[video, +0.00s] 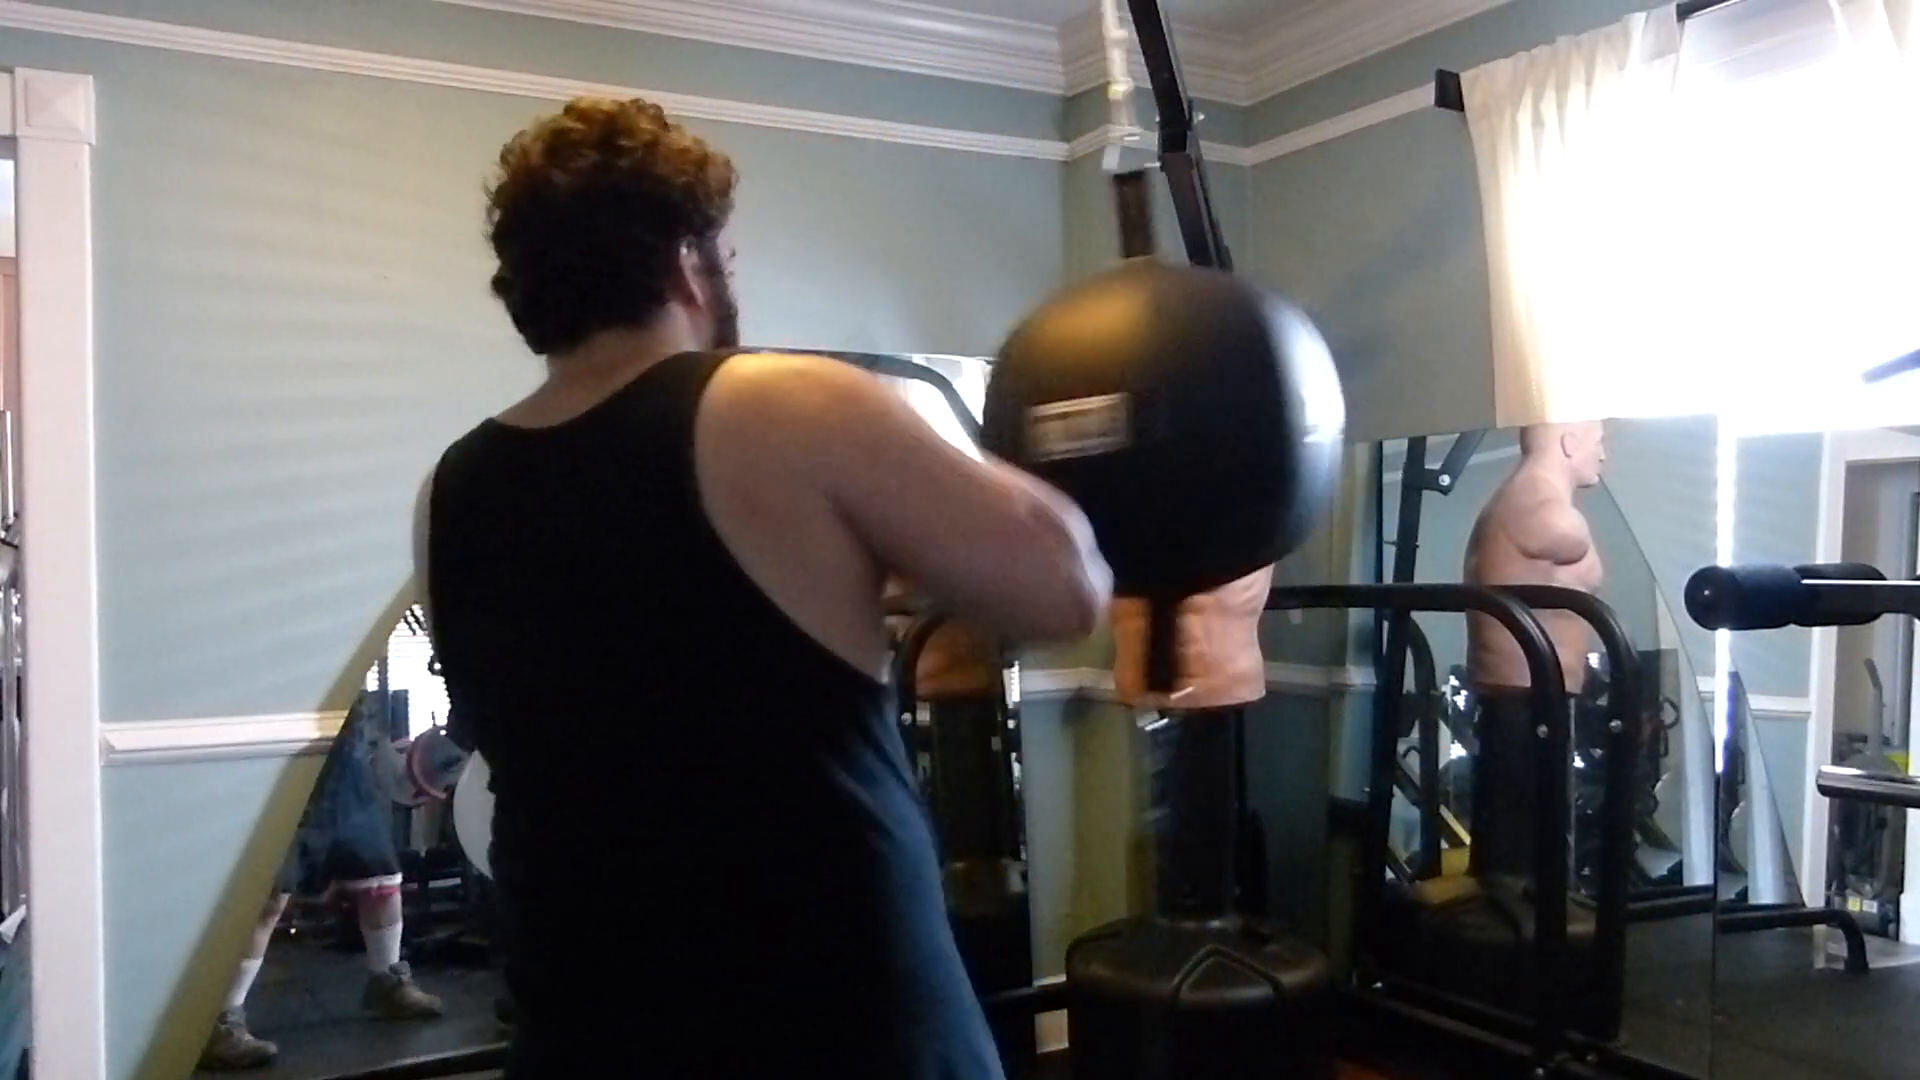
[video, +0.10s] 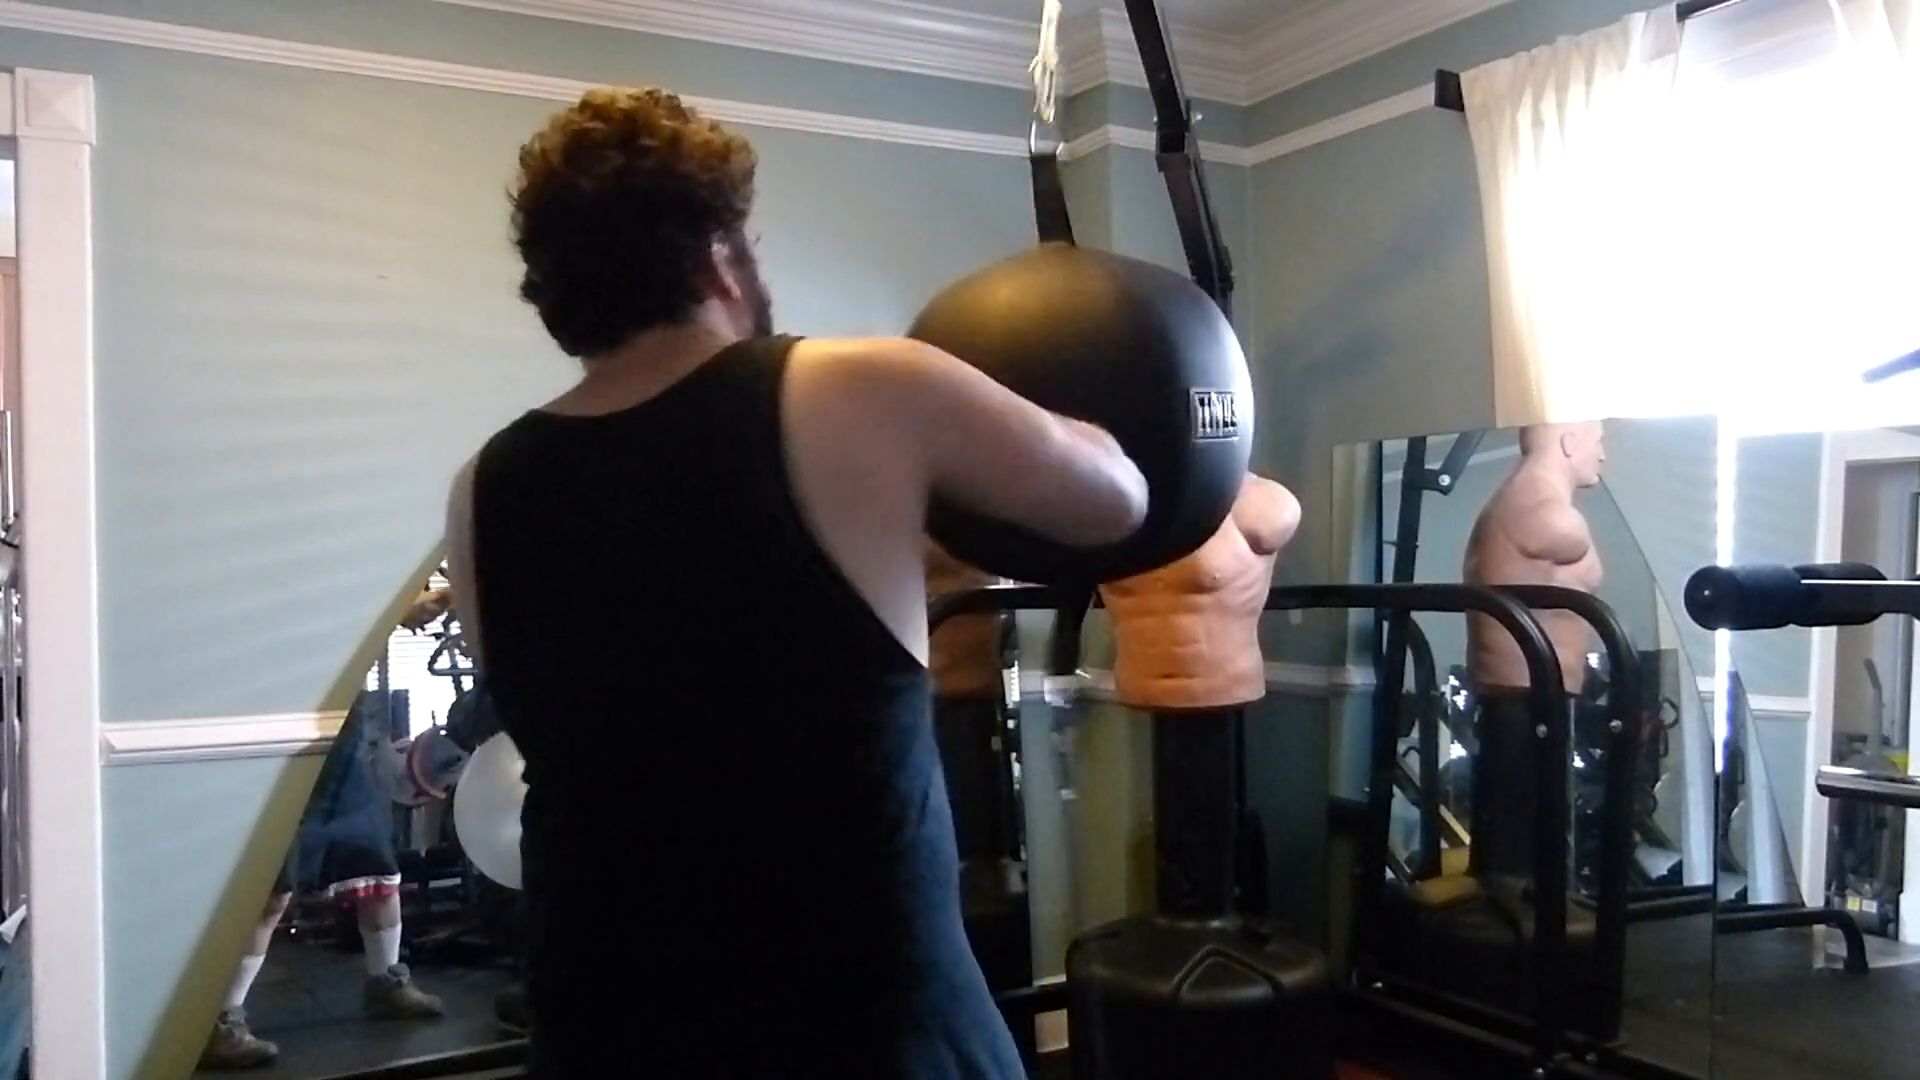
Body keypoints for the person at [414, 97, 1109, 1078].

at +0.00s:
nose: (735, 283)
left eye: (730, 254)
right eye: (726, 256)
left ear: (529, 291)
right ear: (687, 266)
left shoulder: (450, 495)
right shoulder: (799, 408)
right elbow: (1062, 592)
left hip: (582, 986)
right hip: (833, 981)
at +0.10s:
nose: (761, 270)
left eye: (751, 242)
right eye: (750, 242)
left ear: (555, 294)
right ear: (720, 260)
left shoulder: (483, 494)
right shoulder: (871, 391)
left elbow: (516, 691)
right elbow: (1115, 500)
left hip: (607, 1019)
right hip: (876, 1009)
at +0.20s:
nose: (793, 275)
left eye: (787, 247)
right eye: (785, 248)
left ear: (585, 283)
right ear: (760, 261)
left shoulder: (503, 485)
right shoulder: (901, 403)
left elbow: (526, 679)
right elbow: (1114, 584)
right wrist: (983, 466)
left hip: (634, 998)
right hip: (899, 990)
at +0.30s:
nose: (831, 275)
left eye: (826, 245)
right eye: (823, 246)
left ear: (622, 278)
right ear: (795, 262)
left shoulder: (549, 479)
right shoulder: (919, 431)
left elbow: (577, 716)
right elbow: (1118, 694)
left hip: (635, 1010)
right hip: (897, 1008)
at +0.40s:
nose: (859, 269)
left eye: (856, 241)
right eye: (854, 241)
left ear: (649, 280)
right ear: (821, 260)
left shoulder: (607, 469)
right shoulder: (896, 453)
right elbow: (1092, 762)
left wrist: (986, 460)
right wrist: (1140, 614)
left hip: (643, 1012)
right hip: (886, 1022)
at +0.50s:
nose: (857, 271)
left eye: (854, 244)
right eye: (853, 244)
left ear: (647, 276)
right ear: (822, 259)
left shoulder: (599, 474)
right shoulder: (861, 455)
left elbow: (815, 604)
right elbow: (1052, 777)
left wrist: (1036, 461)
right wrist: (1080, 679)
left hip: (637, 1020)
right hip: (875, 1029)